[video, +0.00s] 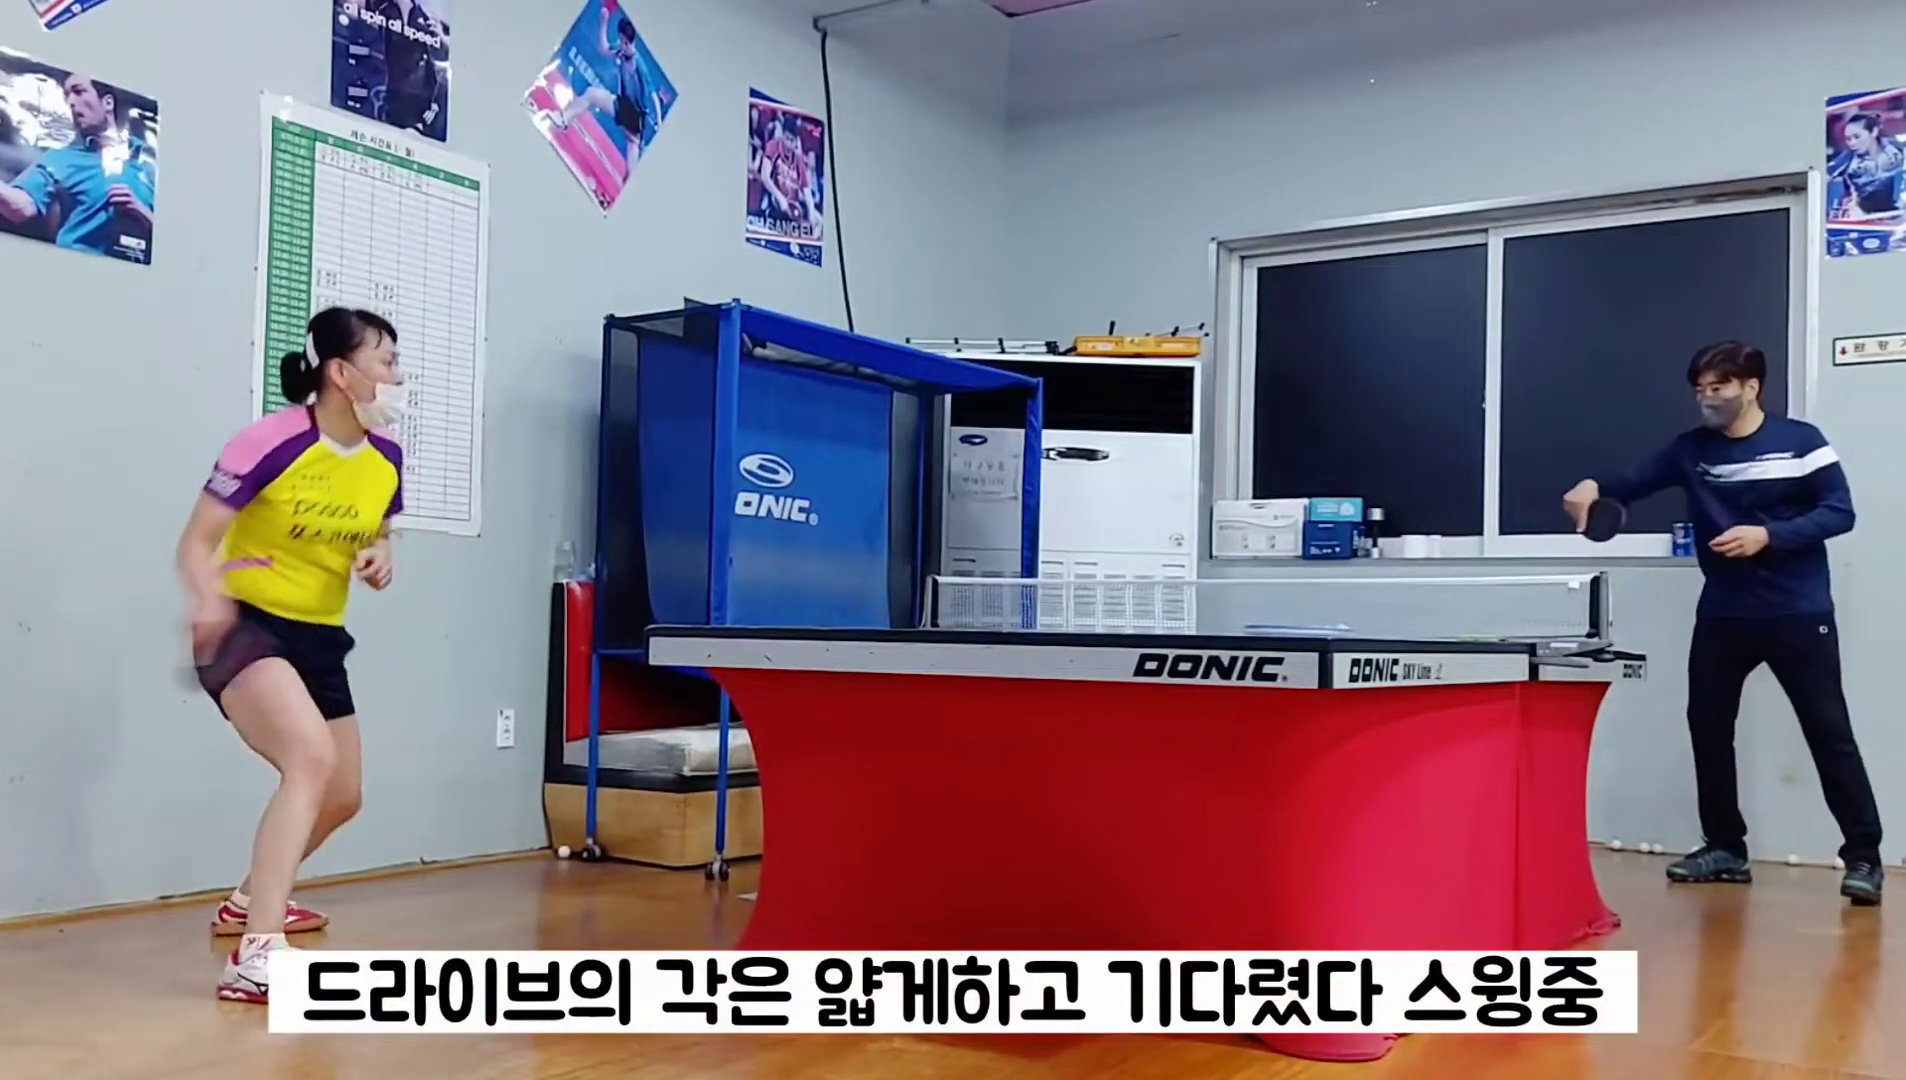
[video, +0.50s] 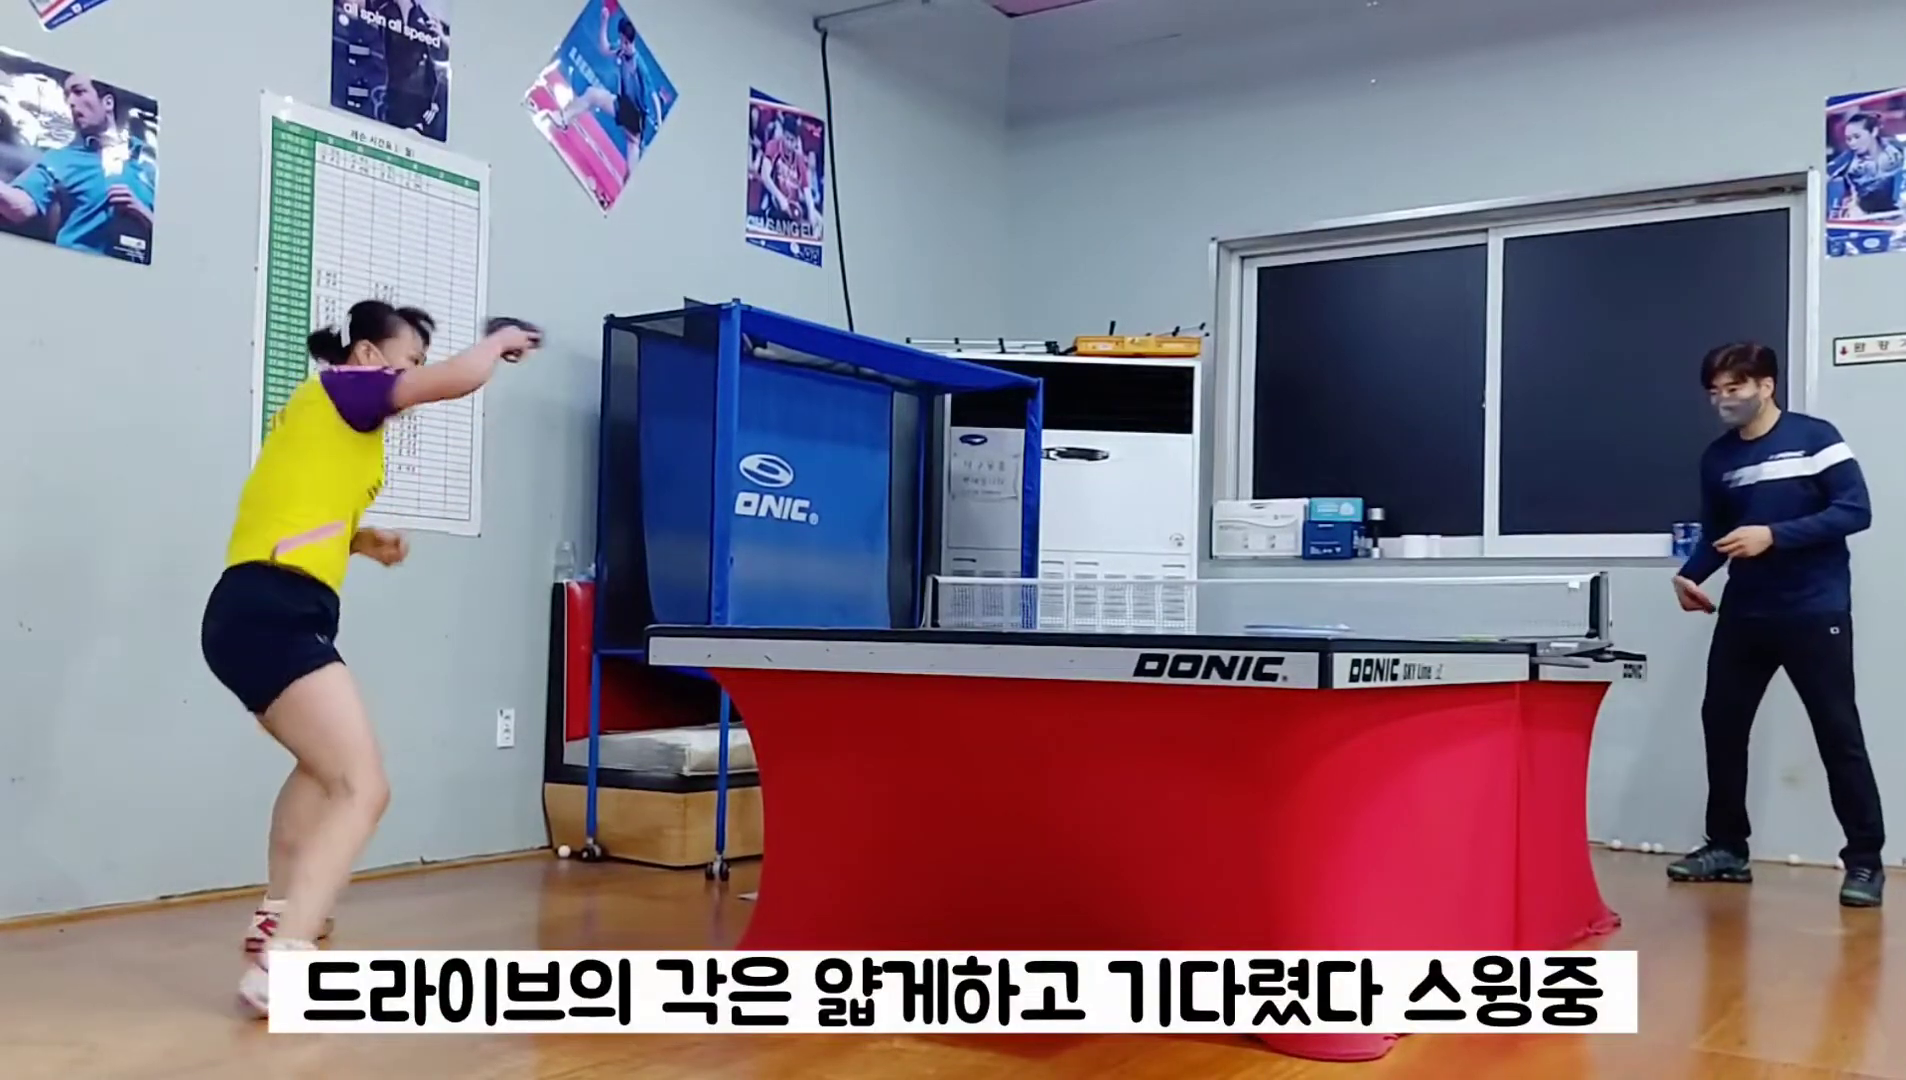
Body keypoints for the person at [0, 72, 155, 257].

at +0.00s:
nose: (70, 101)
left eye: (79, 91)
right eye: (67, 96)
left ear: (108, 102)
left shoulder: (150, 160)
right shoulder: (61, 159)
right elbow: (20, 208)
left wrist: (143, 212)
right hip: (74, 261)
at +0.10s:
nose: (70, 101)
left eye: (79, 91)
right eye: (67, 96)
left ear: (108, 102)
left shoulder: (150, 161)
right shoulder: (61, 159)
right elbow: (19, 207)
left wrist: (144, 213)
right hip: (75, 261)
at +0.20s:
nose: (71, 101)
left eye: (79, 91)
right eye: (67, 96)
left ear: (108, 102)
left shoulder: (150, 161)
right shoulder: (61, 159)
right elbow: (20, 208)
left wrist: (143, 212)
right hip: (75, 261)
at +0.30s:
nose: (70, 101)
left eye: (79, 91)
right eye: (67, 96)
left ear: (108, 102)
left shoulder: (150, 161)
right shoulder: (60, 159)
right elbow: (20, 207)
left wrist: (144, 213)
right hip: (75, 262)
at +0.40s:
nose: (71, 101)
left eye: (79, 91)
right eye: (67, 96)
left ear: (108, 102)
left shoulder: (150, 161)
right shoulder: (61, 159)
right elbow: (20, 208)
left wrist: (143, 212)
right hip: (74, 261)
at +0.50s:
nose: (71, 101)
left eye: (80, 91)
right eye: (67, 96)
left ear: (108, 102)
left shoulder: (149, 162)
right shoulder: (61, 159)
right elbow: (20, 208)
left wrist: (143, 212)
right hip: (74, 261)